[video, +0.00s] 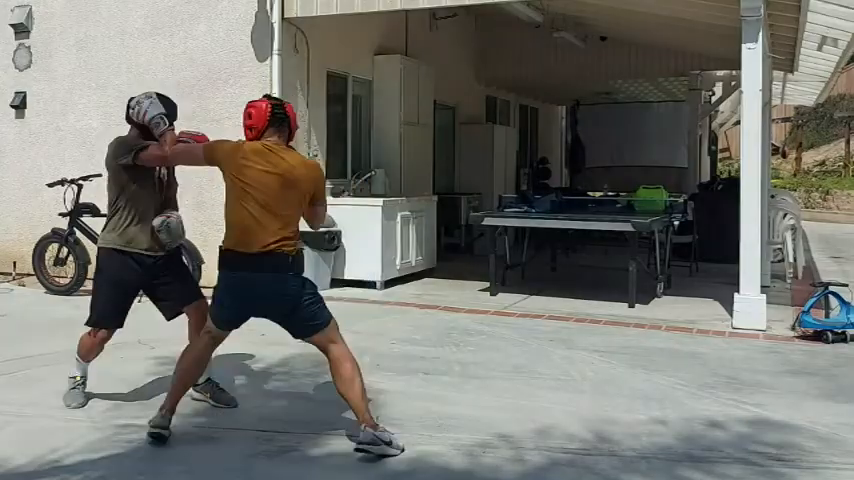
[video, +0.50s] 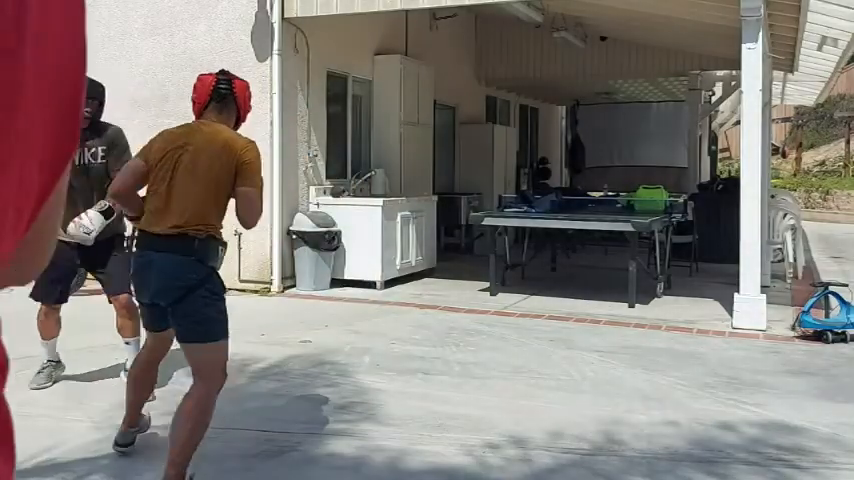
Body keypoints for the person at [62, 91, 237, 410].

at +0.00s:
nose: (171, 131)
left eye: (171, 126)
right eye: (167, 125)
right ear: (149, 120)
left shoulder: (163, 157)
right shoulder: (120, 147)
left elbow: (170, 204)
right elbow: (166, 155)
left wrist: (173, 225)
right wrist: (160, 123)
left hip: (162, 255)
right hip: (120, 253)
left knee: (199, 311)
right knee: (101, 333)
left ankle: (199, 379)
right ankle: (78, 372)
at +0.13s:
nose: (149, 127)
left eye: (151, 122)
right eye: (143, 121)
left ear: (147, 123)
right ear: (123, 117)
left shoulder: (147, 156)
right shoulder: (104, 144)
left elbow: (156, 200)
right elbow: (153, 170)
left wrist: (149, 214)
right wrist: (144, 133)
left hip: (142, 247)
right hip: (103, 244)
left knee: (183, 309)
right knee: (97, 322)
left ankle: (198, 377)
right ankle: (75, 374)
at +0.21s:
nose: (126, 118)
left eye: (130, 112)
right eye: (119, 111)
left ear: (136, 113)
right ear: (105, 112)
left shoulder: (138, 142)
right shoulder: (84, 140)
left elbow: (141, 187)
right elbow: (129, 169)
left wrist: (131, 212)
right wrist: (119, 134)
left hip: (129, 236)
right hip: (87, 236)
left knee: (160, 304)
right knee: (85, 315)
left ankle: (177, 374)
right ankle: (74, 377)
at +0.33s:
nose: (116, 104)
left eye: (120, 98)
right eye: (108, 98)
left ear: (123, 98)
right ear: (89, 98)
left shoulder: (130, 125)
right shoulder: (70, 131)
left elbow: (131, 172)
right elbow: (99, 163)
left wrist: (116, 206)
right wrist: (93, 123)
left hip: (118, 227)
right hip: (74, 227)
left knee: (140, 294)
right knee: (70, 300)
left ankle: (149, 368)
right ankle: (66, 374)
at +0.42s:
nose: (98, 100)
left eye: (104, 94)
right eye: (92, 93)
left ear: (111, 97)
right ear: (78, 93)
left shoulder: (119, 125)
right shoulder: (62, 126)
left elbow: (125, 173)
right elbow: (66, 172)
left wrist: (102, 205)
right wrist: (74, 124)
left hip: (111, 228)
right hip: (66, 226)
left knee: (129, 295)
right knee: (55, 298)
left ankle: (133, 362)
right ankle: (56, 361)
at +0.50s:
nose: (88, 109)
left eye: (94, 104)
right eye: (84, 102)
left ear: (101, 106)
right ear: (71, 104)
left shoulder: (111, 136)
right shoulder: (54, 135)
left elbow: (124, 184)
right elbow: (41, 184)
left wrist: (101, 213)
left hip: (106, 235)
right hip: (61, 236)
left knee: (124, 301)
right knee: (49, 304)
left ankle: (133, 362)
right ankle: (51, 361)